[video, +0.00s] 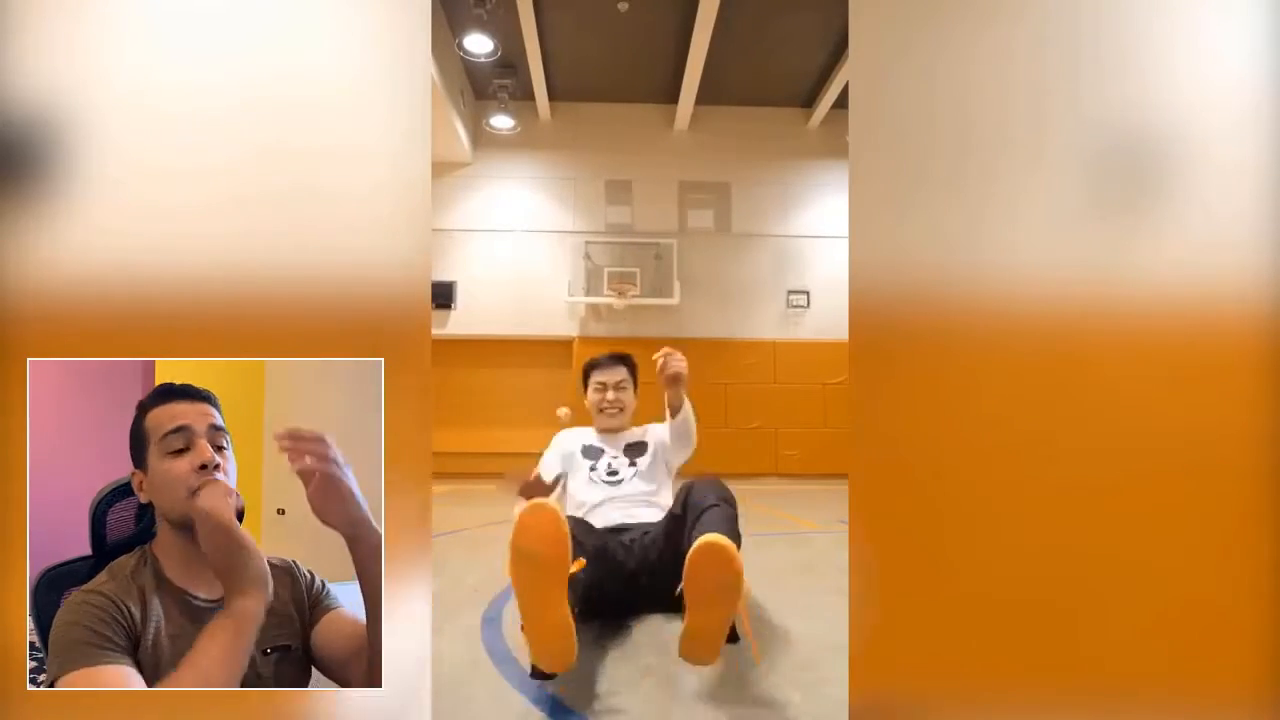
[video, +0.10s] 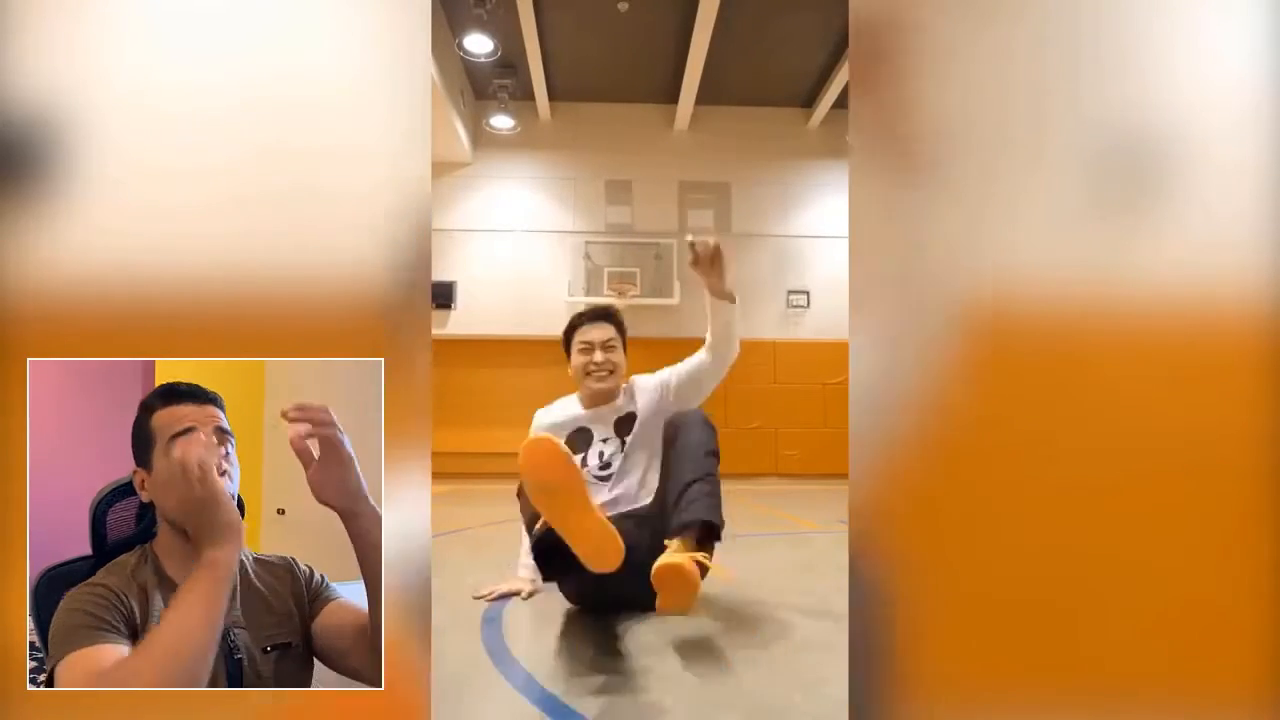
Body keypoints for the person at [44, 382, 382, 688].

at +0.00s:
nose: (209, 457)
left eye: (219, 445)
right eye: (178, 448)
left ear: (235, 474)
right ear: (142, 485)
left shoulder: (290, 585)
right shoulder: (97, 609)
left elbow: (388, 682)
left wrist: (361, 531)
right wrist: (245, 603)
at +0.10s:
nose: (214, 451)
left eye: (223, 439)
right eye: (185, 438)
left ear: (235, 469)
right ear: (144, 481)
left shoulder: (288, 583)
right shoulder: (97, 602)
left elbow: (399, 668)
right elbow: (117, 714)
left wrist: (358, 511)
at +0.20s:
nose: (222, 470)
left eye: (230, 452)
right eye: (195, 449)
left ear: (241, 467)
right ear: (146, 479)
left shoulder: (286, 579)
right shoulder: (95, 597)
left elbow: (404, 643)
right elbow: (100, 698)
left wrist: (346, 493)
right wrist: (184, 517)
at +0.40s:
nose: (232, 488)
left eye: (240, 467)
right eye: (203, 467)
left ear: (254, 475)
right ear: (154, 481)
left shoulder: (281, 576)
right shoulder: (108, 588)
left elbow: (405, 592)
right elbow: (71, 650)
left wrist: (311, 469)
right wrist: (143, 467)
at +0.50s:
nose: (233, 497)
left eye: (241, 473)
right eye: (204, 475)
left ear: (254, 477)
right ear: (154, 486)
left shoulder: (281, 574)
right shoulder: (120, 586)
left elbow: (403, 569)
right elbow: (57, 613)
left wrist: (299, 463)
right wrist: (126, 461)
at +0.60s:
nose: (234, 505)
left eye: (244, 479)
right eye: (205, 481)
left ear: (255, 481)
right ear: (155, 490)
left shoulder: (280, 572)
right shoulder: (117, 589)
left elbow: (402, 558)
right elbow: (49, 581)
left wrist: (290, 456)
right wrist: (122, 444)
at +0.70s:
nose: (237, 511)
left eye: (248, 484)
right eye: (208, 486)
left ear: (260, 484)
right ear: (158, 492)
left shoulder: (279, 570)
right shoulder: (115, 592)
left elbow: (395, 545)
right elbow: (49, 555)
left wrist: (271, 448)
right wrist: (128, 440)